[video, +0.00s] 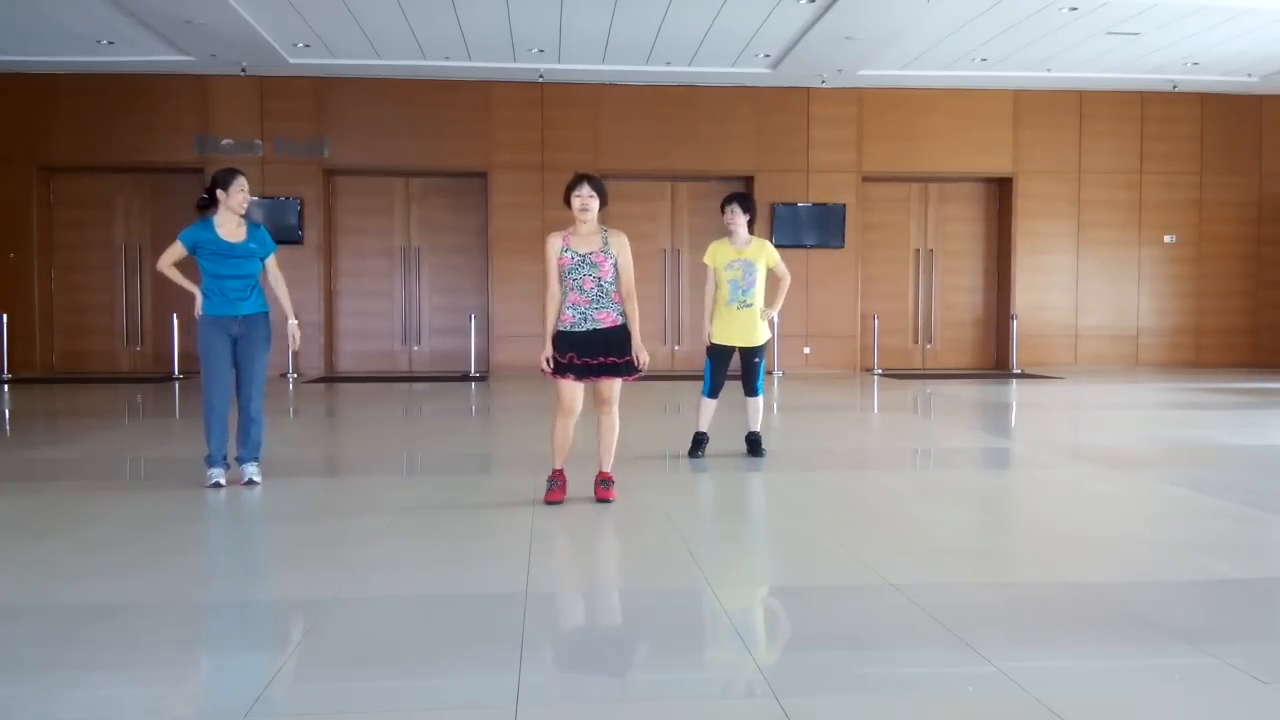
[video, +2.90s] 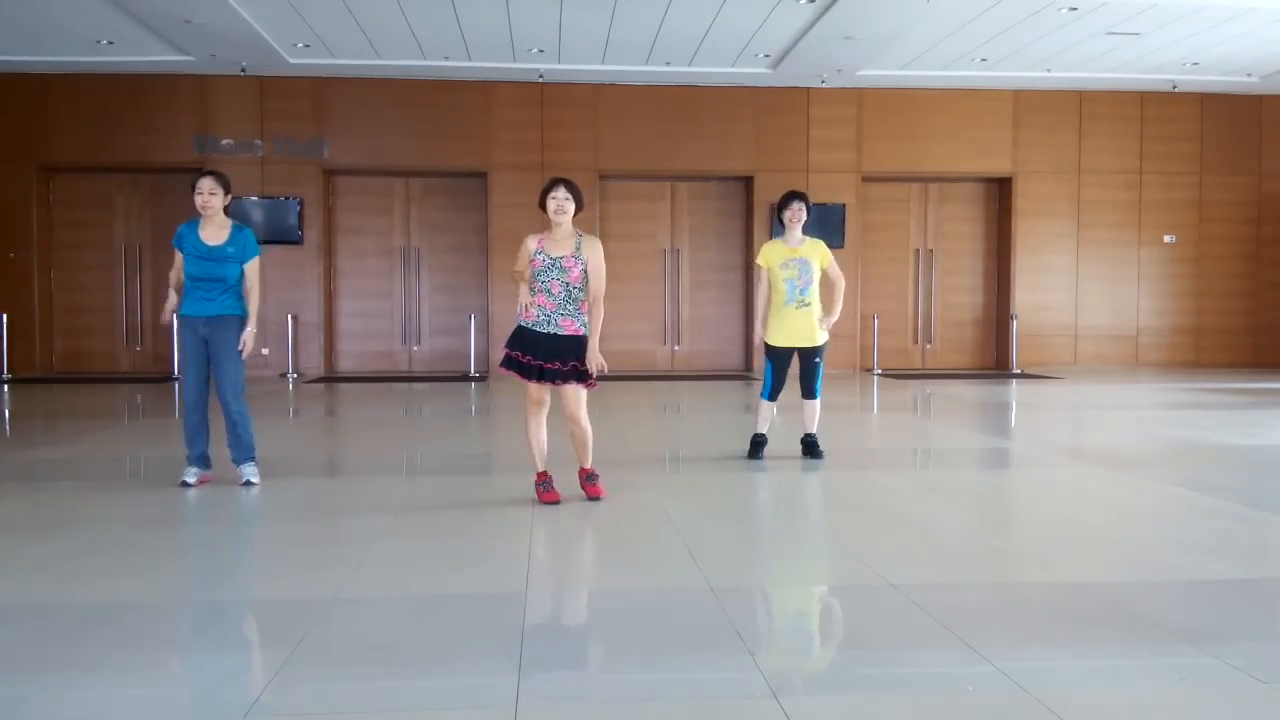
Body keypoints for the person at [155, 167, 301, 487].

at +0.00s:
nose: (247, 197)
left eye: (247, 191)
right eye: (240, 191)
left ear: (244, 195)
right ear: (220, 195)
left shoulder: (257, 233)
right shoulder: (200, 232)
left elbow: (275, 277)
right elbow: (163, 264)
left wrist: (291, 318)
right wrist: (195, 290)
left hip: (255, 322)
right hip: (215, 323)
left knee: (251, 395)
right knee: (217, 394)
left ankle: (250, 461)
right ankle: (216, 465)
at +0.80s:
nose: (227, 199)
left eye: (228, 193)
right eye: (220, 193)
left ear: (230, 197)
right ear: (200, 197)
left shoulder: (240, 234)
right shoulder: (180, 233)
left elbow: (253, 282)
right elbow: (152, 264)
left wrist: (255, 325)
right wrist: (177, 290)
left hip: (232, 320)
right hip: (193, 322)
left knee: (239, 396)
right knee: (191, 395)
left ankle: (248, 462)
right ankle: (184, 465)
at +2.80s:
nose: (208, 199)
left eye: (215, 193)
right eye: (203, 193)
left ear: (230, 197)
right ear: (197, 197)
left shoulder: (247, 234)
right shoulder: (190, 233)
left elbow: (259, 283)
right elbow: (182, 273)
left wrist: (259, 326)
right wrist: (185, 302)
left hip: (235, 322)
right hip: (197, 323)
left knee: (238, 397)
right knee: (195, 397)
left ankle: (247, 463)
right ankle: (198, 464)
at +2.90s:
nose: (204, 199)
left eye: (211, 193)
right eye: (199, 193)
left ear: (226, 198)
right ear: (193, 197)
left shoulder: (242, 236)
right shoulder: (185, 233)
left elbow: (252, 284)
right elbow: (177, 272)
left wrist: (251, 326)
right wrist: (173, 296)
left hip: (227, 322)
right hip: (190, 323)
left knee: (231, 396)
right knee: (192, 396)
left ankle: (246, 462)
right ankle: (198, 464)